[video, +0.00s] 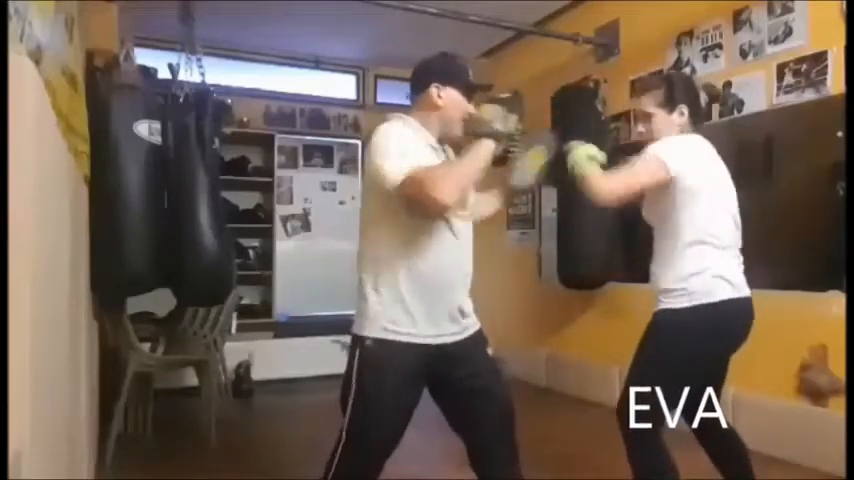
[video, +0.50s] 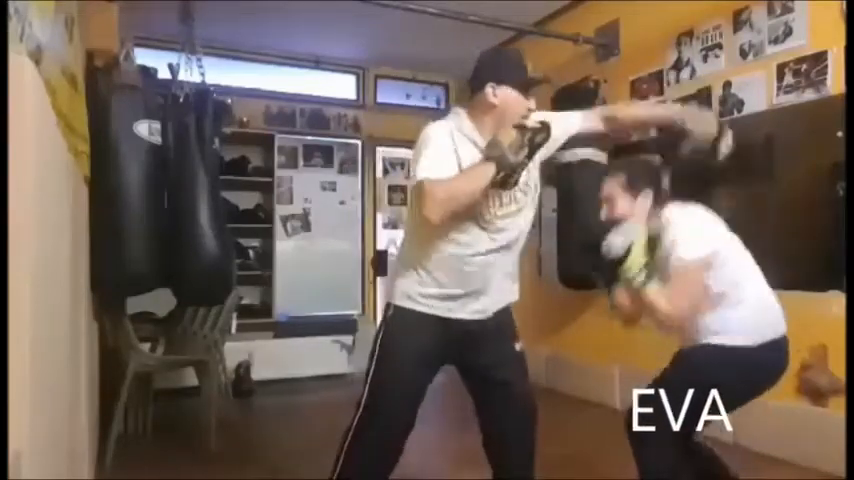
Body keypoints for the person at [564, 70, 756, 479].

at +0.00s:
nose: (638, 131)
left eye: (647, 118)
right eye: (635, 121)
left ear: (680, 115)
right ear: (681, 118)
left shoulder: (672, 153)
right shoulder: (704, 153)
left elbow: (607, 190)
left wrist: (581, 158)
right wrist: (635, 159)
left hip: (690, 311)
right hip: (729, 307)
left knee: (634, 414)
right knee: (701, 410)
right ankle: (743, 475)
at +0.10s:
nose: (640, 123)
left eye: (647, 111)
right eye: (637, 113)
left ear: (681, 107)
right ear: (678, 110)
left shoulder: (696, 151)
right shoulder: (693, 153)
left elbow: (664, 222)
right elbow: (659, 224)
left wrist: (626, 177)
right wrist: (625, 183)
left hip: (697, 307)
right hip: (712, 305)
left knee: (642, 415)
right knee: (705, 411)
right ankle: (747, 475)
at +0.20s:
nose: (641, 118)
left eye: (649, 107)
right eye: (638, 110)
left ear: (682, 103)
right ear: (637, 111)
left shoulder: (716, 154)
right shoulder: (656, 155)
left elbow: (679, 227)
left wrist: (658, 169)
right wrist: (578, 135)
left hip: (711, 303)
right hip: (682, 305)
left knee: (651, 414)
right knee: (709, 415)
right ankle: (746, 474)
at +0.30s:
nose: (638, 126)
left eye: (646, 114)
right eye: (635, 117)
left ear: (679, 109)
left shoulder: (716, 158)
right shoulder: (656, 161)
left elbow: (681, 237)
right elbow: (601, 207)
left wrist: (656, 175)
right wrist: (586, 156)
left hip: (718, 310)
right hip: (679, 314)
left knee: (654, 416)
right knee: (699, 418)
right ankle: (736, 475)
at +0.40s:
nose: (626, 159)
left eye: (633, 148)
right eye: (624, 149)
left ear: (666, 141)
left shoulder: (709, 182)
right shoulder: (646, 189)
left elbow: (678, 272)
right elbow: (622, 266)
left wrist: (652, 210)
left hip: (732, 327)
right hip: (688, 328)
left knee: (652, 423)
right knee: (670, 425)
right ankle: (722, 471)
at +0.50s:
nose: (605, 214)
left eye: (610, 201)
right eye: (603, 203)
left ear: (641, 195)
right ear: (639, 197)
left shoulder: (686, 223)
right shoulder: (655, 231)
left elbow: (677, 312)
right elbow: (631, 313)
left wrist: (640, 279)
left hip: (747, 349)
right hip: (718, 346)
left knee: (647, 421)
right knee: (659, 422)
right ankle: (716, 474)